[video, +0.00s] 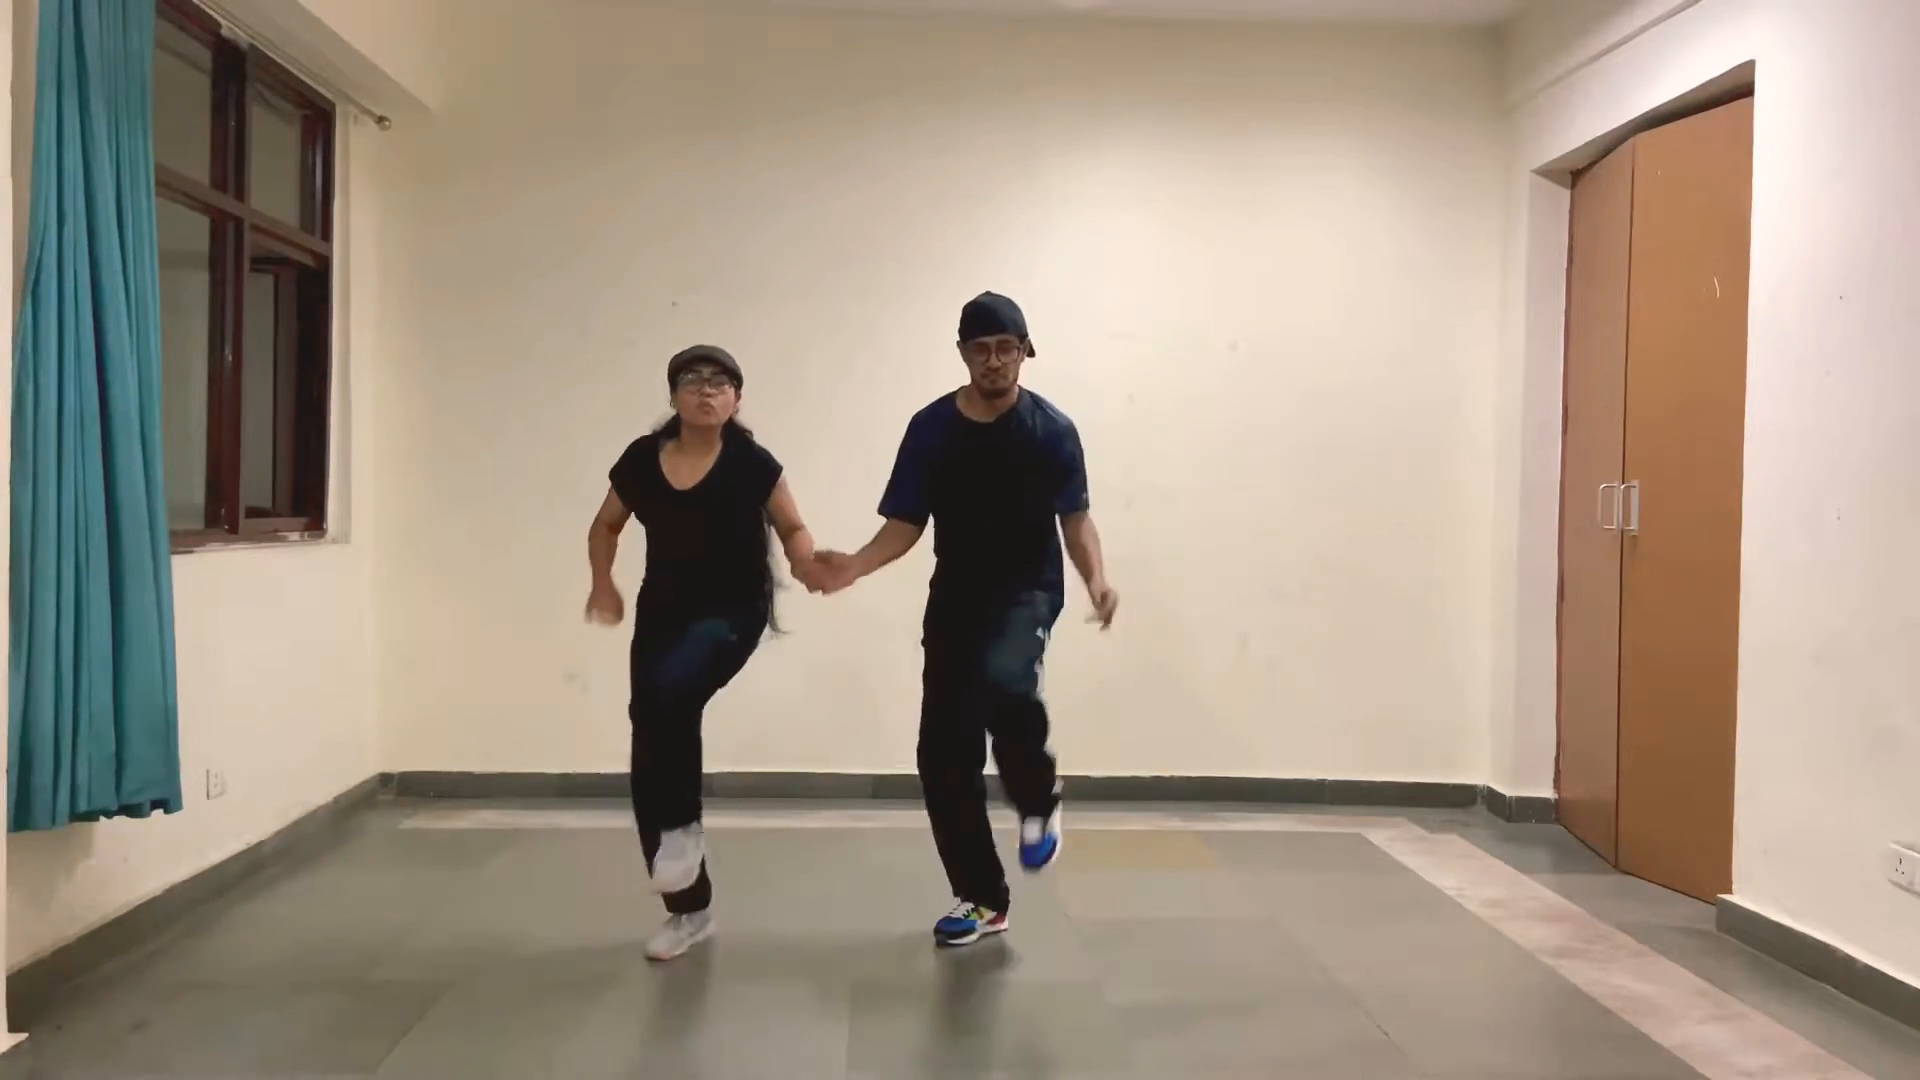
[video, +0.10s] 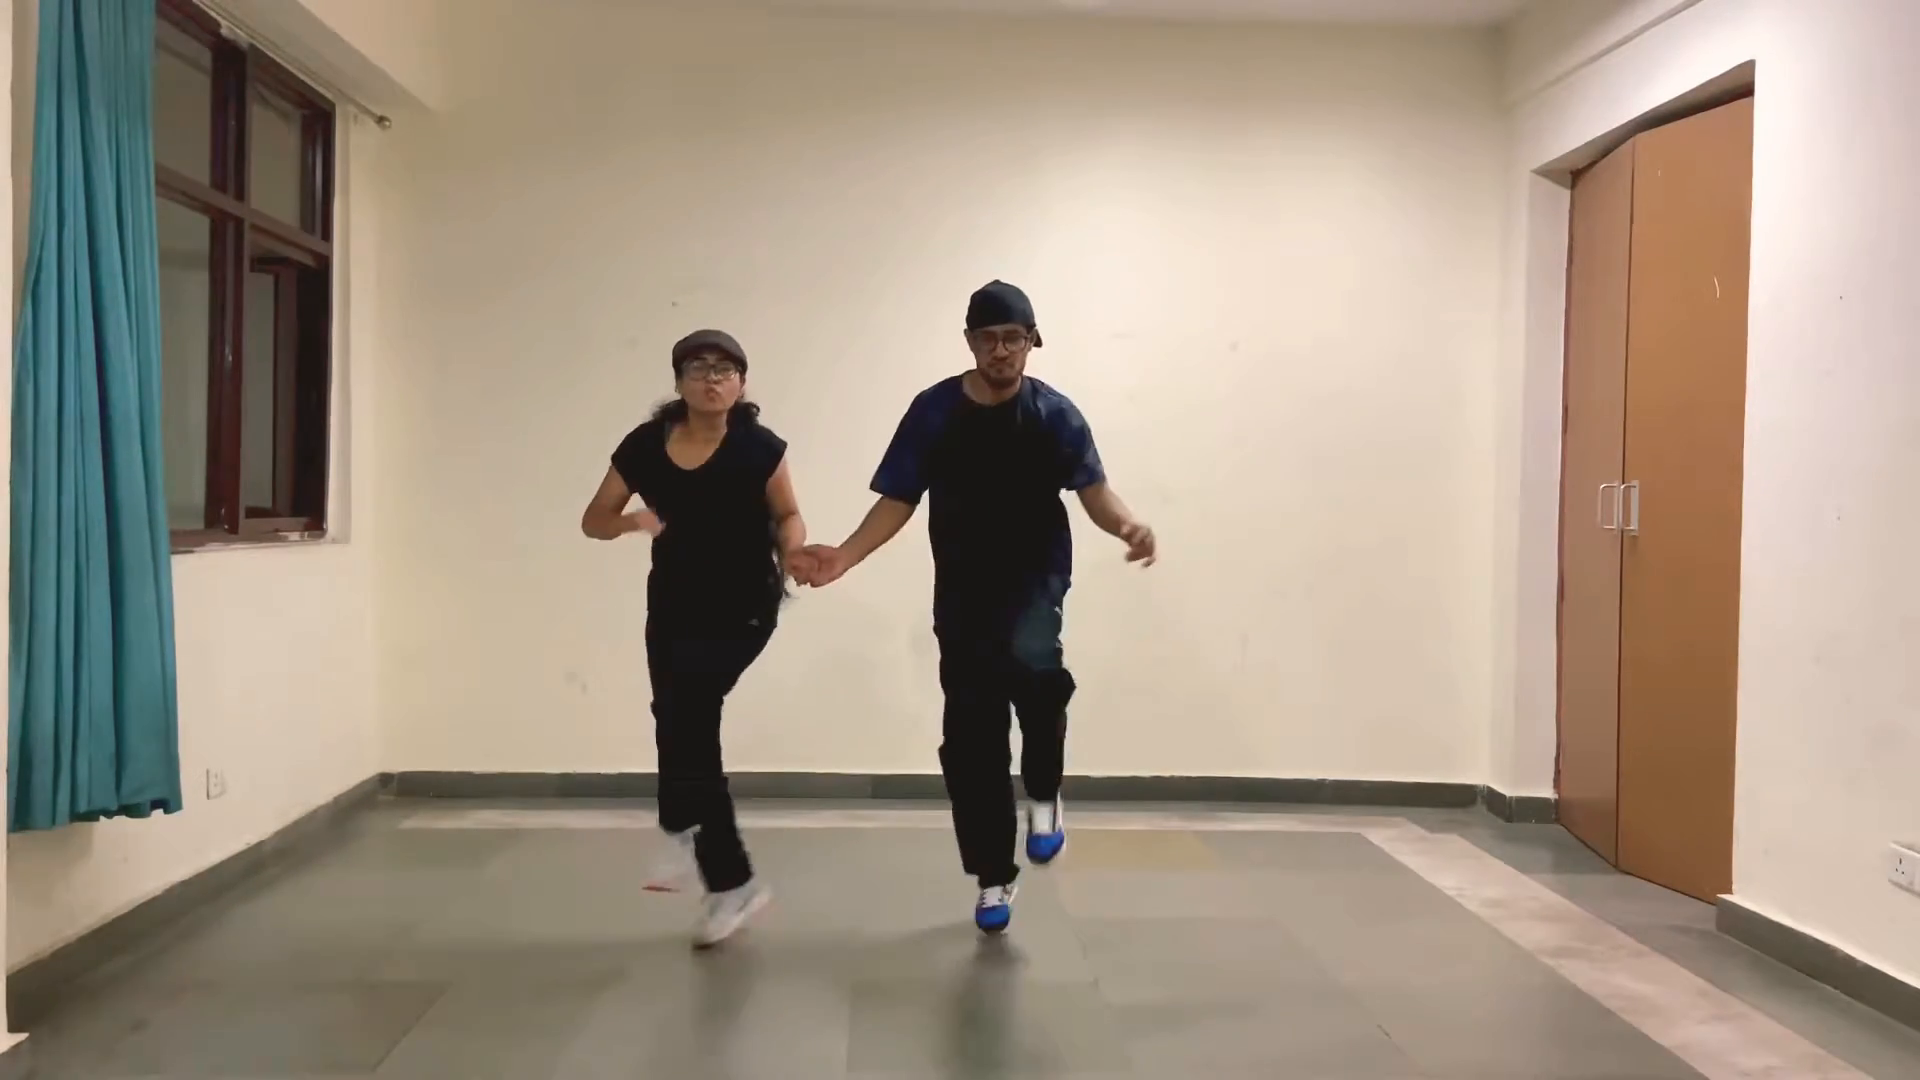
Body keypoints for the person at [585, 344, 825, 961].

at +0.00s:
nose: (707, 392)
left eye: (719, 384)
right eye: (694, 384)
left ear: (736, 398)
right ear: (674, 397)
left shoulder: (753, 465)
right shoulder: (644, 459)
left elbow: (792, 527)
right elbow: (605, 526)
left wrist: (804, 559)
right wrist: (602, 581)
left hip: (732, 611)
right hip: (662, 613)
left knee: (671, 693)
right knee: (651, 741)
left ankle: (679, 826)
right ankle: (688, 905)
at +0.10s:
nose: (714, 380)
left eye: (724, 371)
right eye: (700, 372)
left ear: (742, 382)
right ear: (679, 383)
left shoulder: (759, 448)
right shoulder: (646, 446)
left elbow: (786, 515)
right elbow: (595, 520)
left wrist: (793, 553)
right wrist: (634, 523)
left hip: (744, 603)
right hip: (674, 605)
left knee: (687, 700)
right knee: (690, 735)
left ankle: (678, 835)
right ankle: (733, 882)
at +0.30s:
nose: (723, 408)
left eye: (734, 400)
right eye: (709, 401)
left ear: (751, 411)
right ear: (689, 413)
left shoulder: (766, 478)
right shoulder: (657, 465)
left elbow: (788, 544)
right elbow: (596, 527)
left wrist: (800, 605)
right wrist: (625, 503)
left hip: (748, 635)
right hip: (679, 634)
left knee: (708, 764)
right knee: (711, 763)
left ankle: (687, 914)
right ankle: (793, 875)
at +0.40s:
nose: (724, 409)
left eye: (735, 398)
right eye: (710, 399)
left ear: (751, 408)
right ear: (690, 407)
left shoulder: (763, 472)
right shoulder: (656, 458)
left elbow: (797, 537)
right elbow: (604, 534)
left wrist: (820, 603)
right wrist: (627, 557)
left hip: (731, 636)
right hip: (661, 633)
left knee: (701, 762)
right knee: (650, 771)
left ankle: (719, 902)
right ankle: (755, 852)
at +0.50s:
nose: (717, 419)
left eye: (727, 409)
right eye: (703, 410)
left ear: (742, 420)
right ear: (681, 421)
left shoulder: (758, 483)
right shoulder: (647, 481)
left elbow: (802, 533)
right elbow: (590, 559)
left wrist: (826, 584)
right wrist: (616, 612)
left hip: (721, 654)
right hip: (649, 646)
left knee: (706, 779)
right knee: (582, 771)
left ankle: (735, 907)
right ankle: (671, 826)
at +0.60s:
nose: (704, 424)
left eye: (714, 413)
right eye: (690, 414)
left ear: (730, 421)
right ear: (669, 423)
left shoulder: (744, 485)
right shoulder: (634, 486)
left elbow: (804, 525)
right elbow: (568, 562)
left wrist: (811, 564)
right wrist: (581, 638)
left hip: (700, 656)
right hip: (627, 646)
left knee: (677, 774)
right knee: (554, 759)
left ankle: (707, 902)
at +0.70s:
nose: (691, 442)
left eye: (702, 431)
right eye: (677, 431)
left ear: (717, 441)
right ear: (656, 440)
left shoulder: (736, 502)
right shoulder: (619, 503)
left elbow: (806, 534)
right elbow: (541, 562)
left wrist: (783, 563)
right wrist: (540, 645)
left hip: (682, 673)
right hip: (606, 661)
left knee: (657, 789)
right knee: (551, 776)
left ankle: (659, 909)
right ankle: (513, 885)